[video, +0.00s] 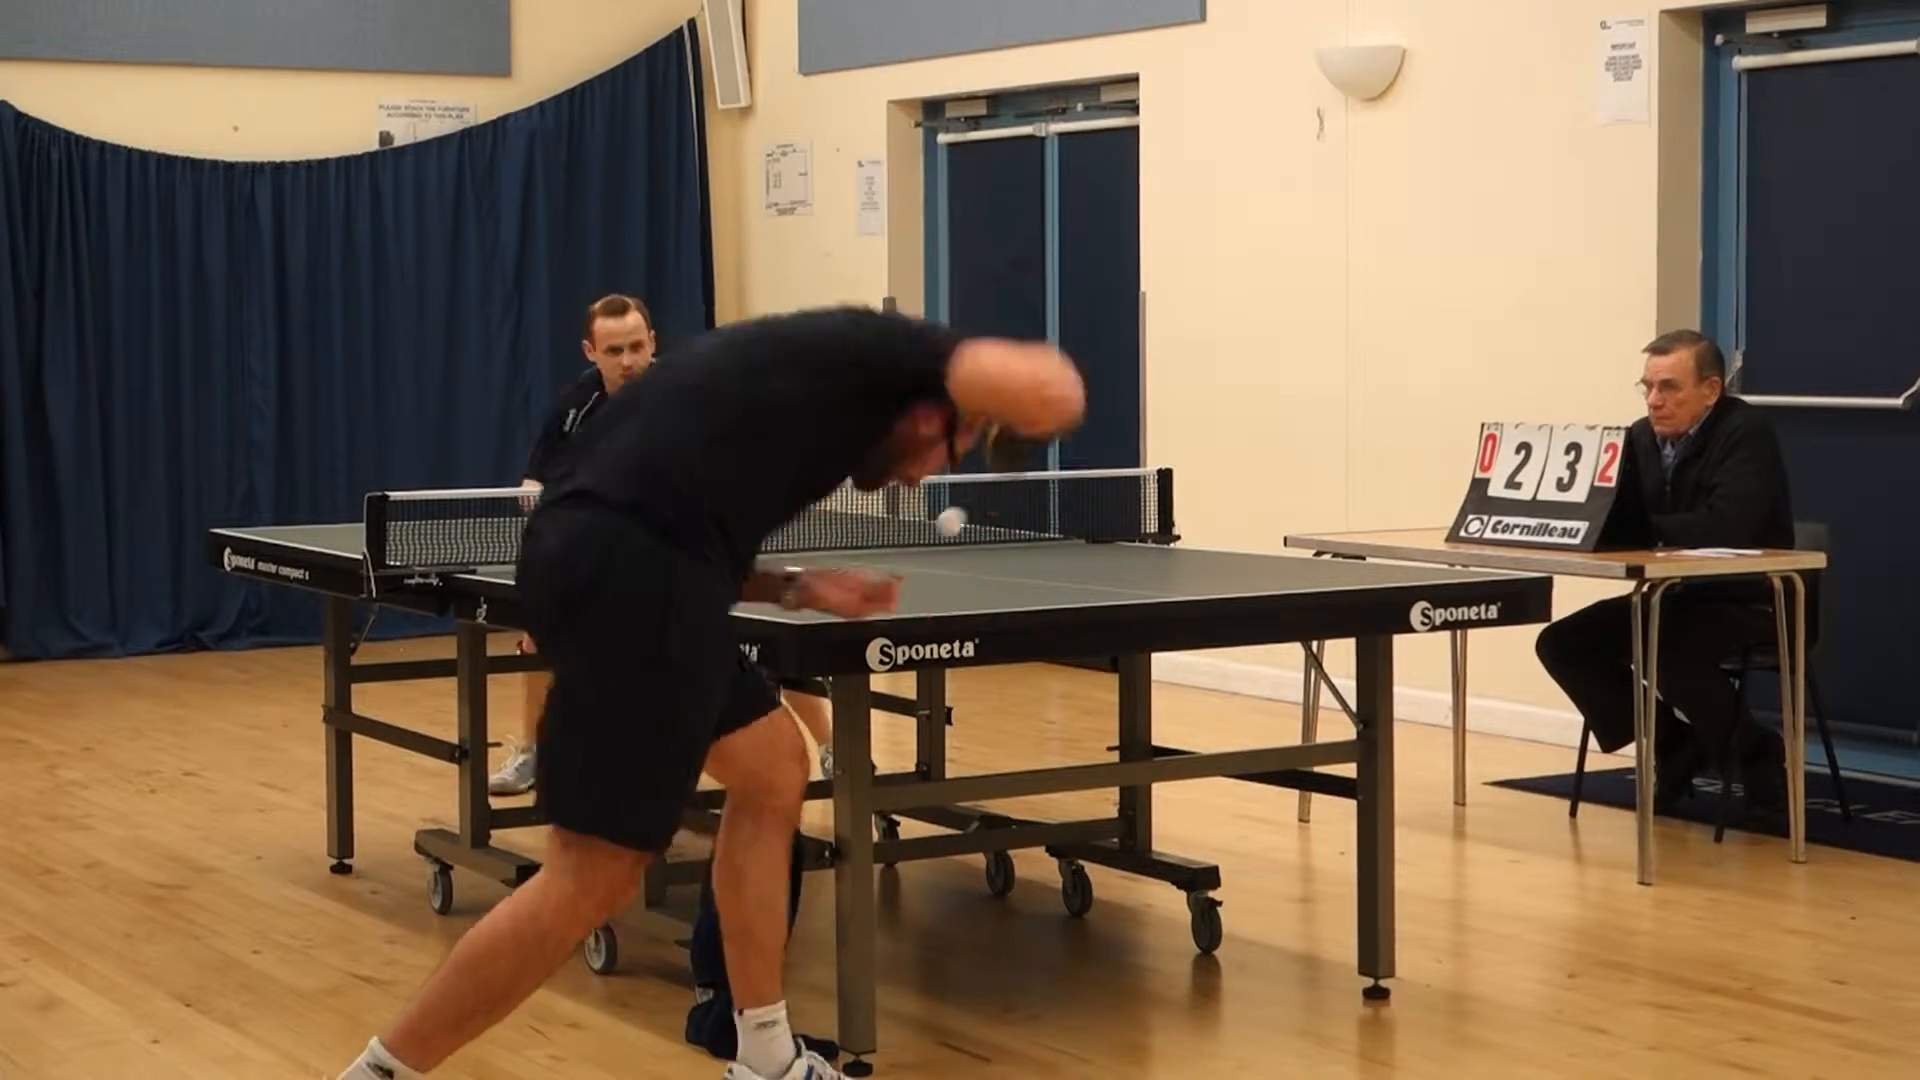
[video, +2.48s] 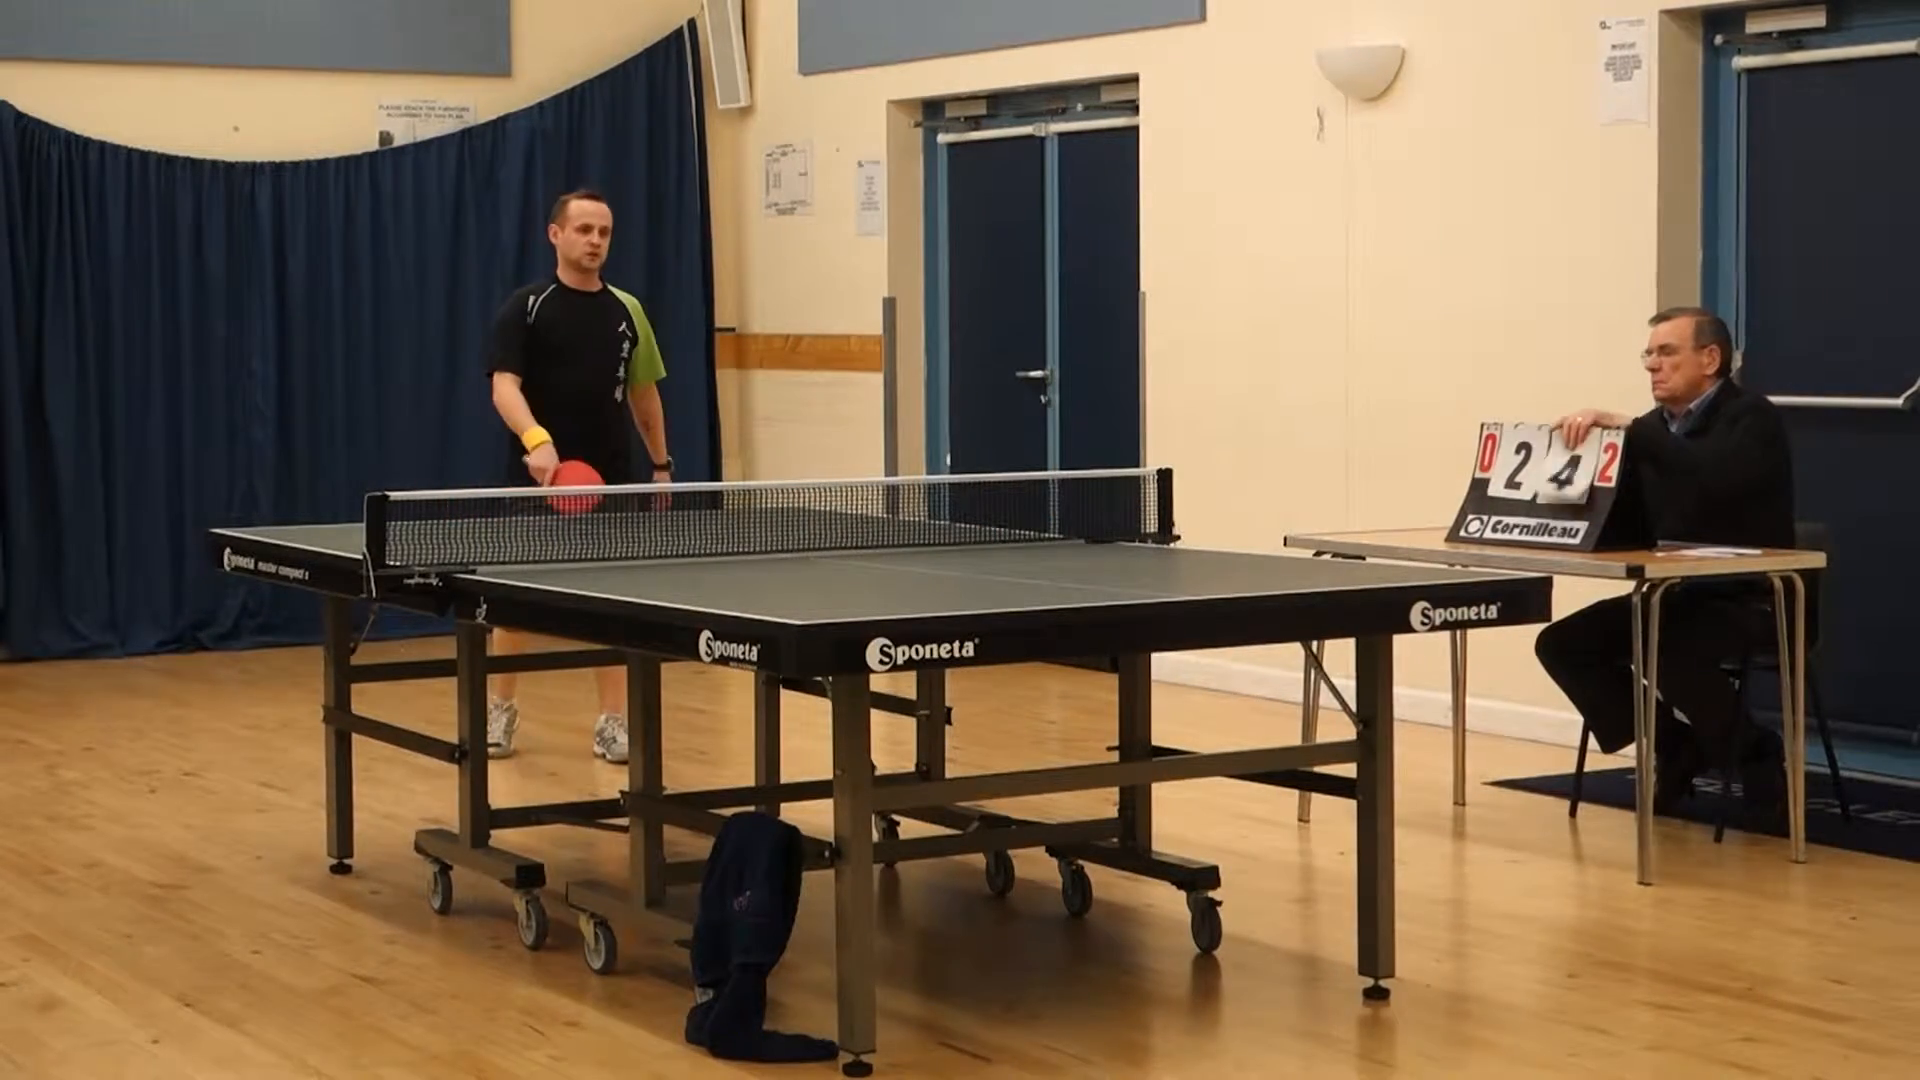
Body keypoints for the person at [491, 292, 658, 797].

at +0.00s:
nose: (629, 361)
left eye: (638, 347)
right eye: (615, 349)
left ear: (654, 343)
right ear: (592, 351)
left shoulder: (674, 398)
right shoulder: (577, 400)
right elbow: (538, 474)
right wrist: (534, 489)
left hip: (650, 548)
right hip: (576, 544)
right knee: (540, 638)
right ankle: (532, 751)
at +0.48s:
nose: (618, 344)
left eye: (627, 329)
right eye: (605, 337)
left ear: (653, 327)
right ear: (595, 345)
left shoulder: (683, 371)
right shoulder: (627, 400)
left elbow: (635, 434)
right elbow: (654, 486)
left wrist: (546, 455)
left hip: (758, 528)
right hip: (687, 539)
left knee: (826, 652)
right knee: (614, 633)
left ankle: (920, 742)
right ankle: (605, 766)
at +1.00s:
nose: (799, 332)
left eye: (806, 322)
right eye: (787, 321)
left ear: (814, 332)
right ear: (761, 329)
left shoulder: (796, 396)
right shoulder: (734, 379)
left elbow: (786, 490)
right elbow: (719, 353)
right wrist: (779, 311)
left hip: (787, 547)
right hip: (727, 549)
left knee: (904, 619)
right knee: (704, 665)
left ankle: (930, 763)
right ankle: (634, 772)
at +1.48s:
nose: (642, 263)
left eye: (650, 253)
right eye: (629, 252)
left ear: (657, 263)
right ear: (598, 259)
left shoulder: (676, 339)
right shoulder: (562, 343)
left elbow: (708, 417)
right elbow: (527, 429)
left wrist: (739, 475)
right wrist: (502, 508)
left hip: (660, 518)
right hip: (578, 519)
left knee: (719, 623)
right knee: (550, 627)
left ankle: (770, 746)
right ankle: (533, 738)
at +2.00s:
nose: (601, 245)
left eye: (610, 237)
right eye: (590, 233)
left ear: (618, 246)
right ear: (561, 237)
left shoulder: (637, 317)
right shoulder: (528, 317)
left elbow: (657, 388)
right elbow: (492, 397)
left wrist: (660, 445)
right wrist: (470, 471)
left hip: (621, 494)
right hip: (543, 495)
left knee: (625, 611)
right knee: (538, 618)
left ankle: (614, 721)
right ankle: (532, 735)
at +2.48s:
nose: (595, 240)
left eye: (603, 231)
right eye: (584, 229)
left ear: (611, 240)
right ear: (555, 234)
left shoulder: (626, 310)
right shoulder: (525, 307)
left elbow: (644, 393)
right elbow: (504, 386)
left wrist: (662, 463)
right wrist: (536, 440)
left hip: (617, 485)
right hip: (538, 483)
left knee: (618, 602)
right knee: (513, 597)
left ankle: (612, 719)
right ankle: (500, 707)